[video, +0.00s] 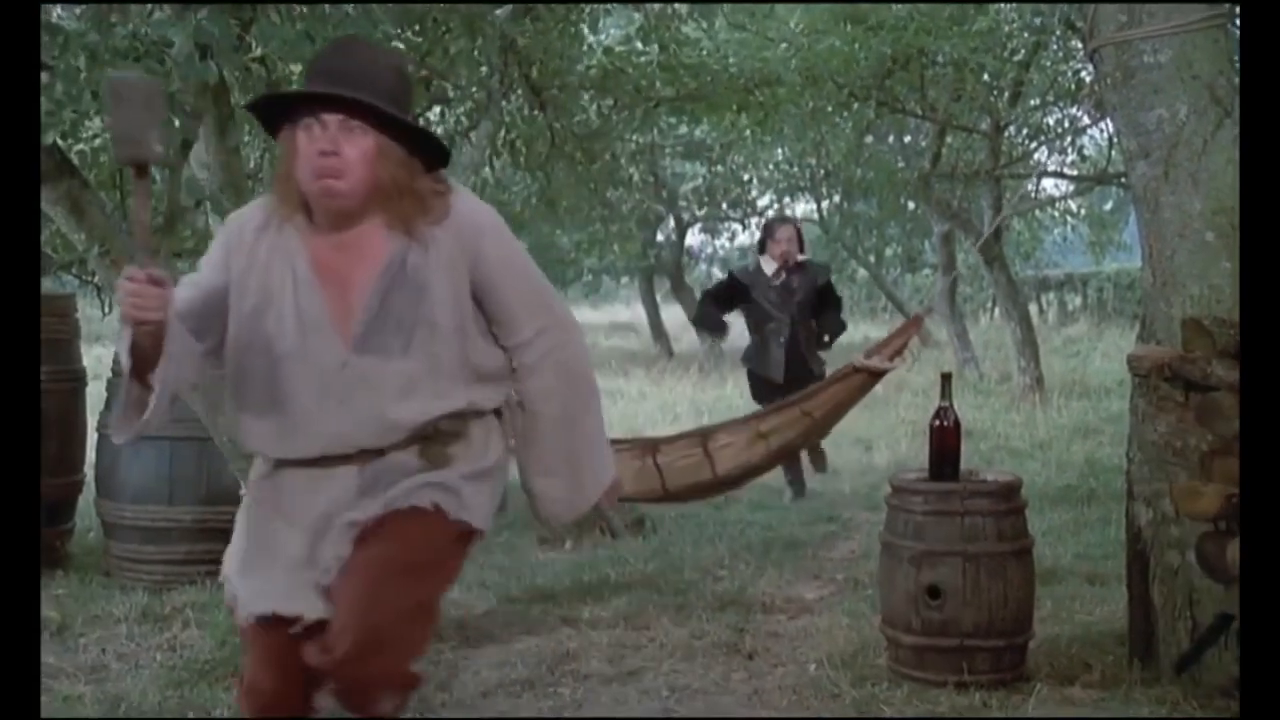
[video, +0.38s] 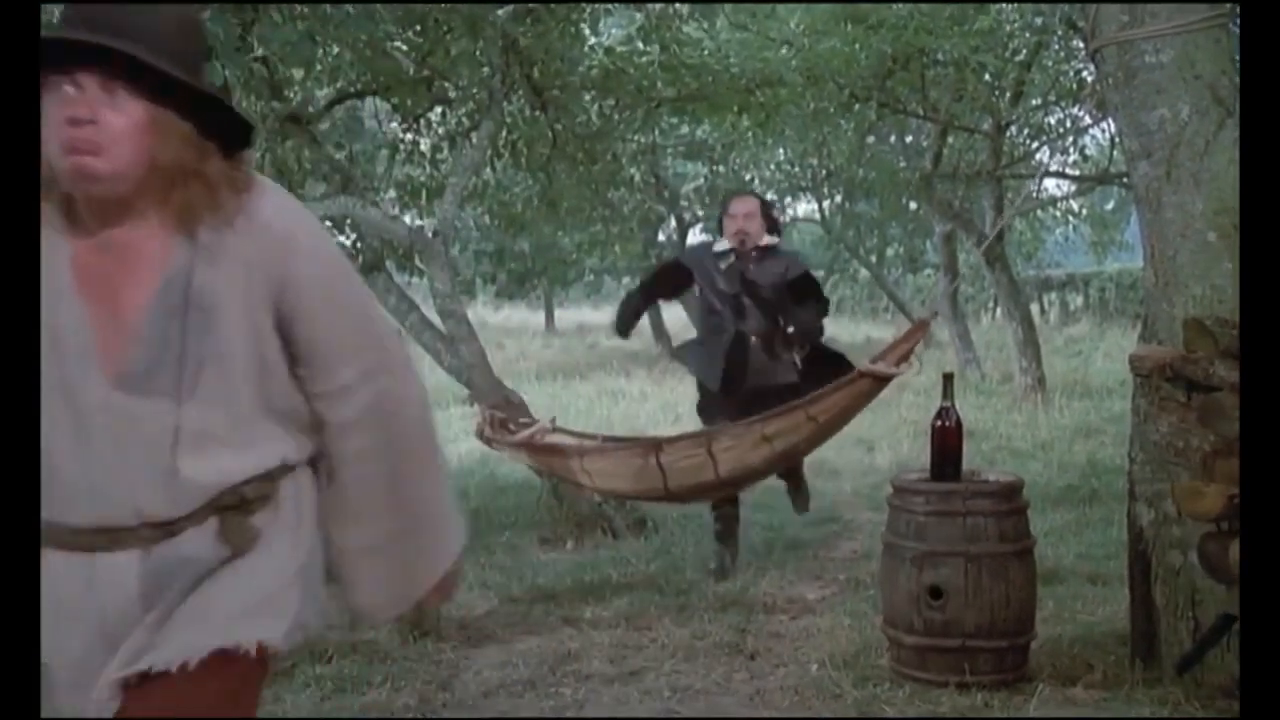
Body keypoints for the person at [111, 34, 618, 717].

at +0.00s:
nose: (327, 144)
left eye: (351, 127)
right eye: (312, 126)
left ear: (392, 147)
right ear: (288, 143)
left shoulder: (458, 226)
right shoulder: (252, 235)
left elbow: (547, 341)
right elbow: (188, 350)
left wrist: (570, 474)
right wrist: (149, 325)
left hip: (430, 471)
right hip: (294, 482)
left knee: (361, 647)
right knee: (268, 684)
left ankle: (380, 703)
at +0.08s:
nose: (282, 141)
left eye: (307, 124)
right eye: (268, 122)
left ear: (354, 145)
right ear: (247, 139)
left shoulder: (425, 222)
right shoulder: (208, 237)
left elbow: (525, 335)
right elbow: (128, 370)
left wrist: (559, 462)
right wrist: (100, 324)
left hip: (390, 497)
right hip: (254, 503)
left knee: (288, 692)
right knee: (248, 695)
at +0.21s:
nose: (206, 141)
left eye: (234, 121)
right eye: (191, 119)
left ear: (285, 146)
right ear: (166, 138)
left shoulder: (366, 236)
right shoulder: (126, 243)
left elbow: (474, 341)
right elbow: (54, 347)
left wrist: (523, 477)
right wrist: (58, 457)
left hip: (317, 542)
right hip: (170, 545)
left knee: (223, 700)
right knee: (178, 703)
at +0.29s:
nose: (131, 132)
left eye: (165, 110)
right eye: (113, 108)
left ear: (220, 137)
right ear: (86, 128)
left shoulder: (303, 242)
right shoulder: (54, 242)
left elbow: (414, 378)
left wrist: (466, 521)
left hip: (260, 553)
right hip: (96, 563)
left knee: (171, 705)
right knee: (119, 707)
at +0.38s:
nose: (80, 106)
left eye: (117, 85)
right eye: (63, 81)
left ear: (173, 116)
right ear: (39, 105)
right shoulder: (45, 234)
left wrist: (403, 554)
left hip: (226, 565)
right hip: (60, 570)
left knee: (169, 701)